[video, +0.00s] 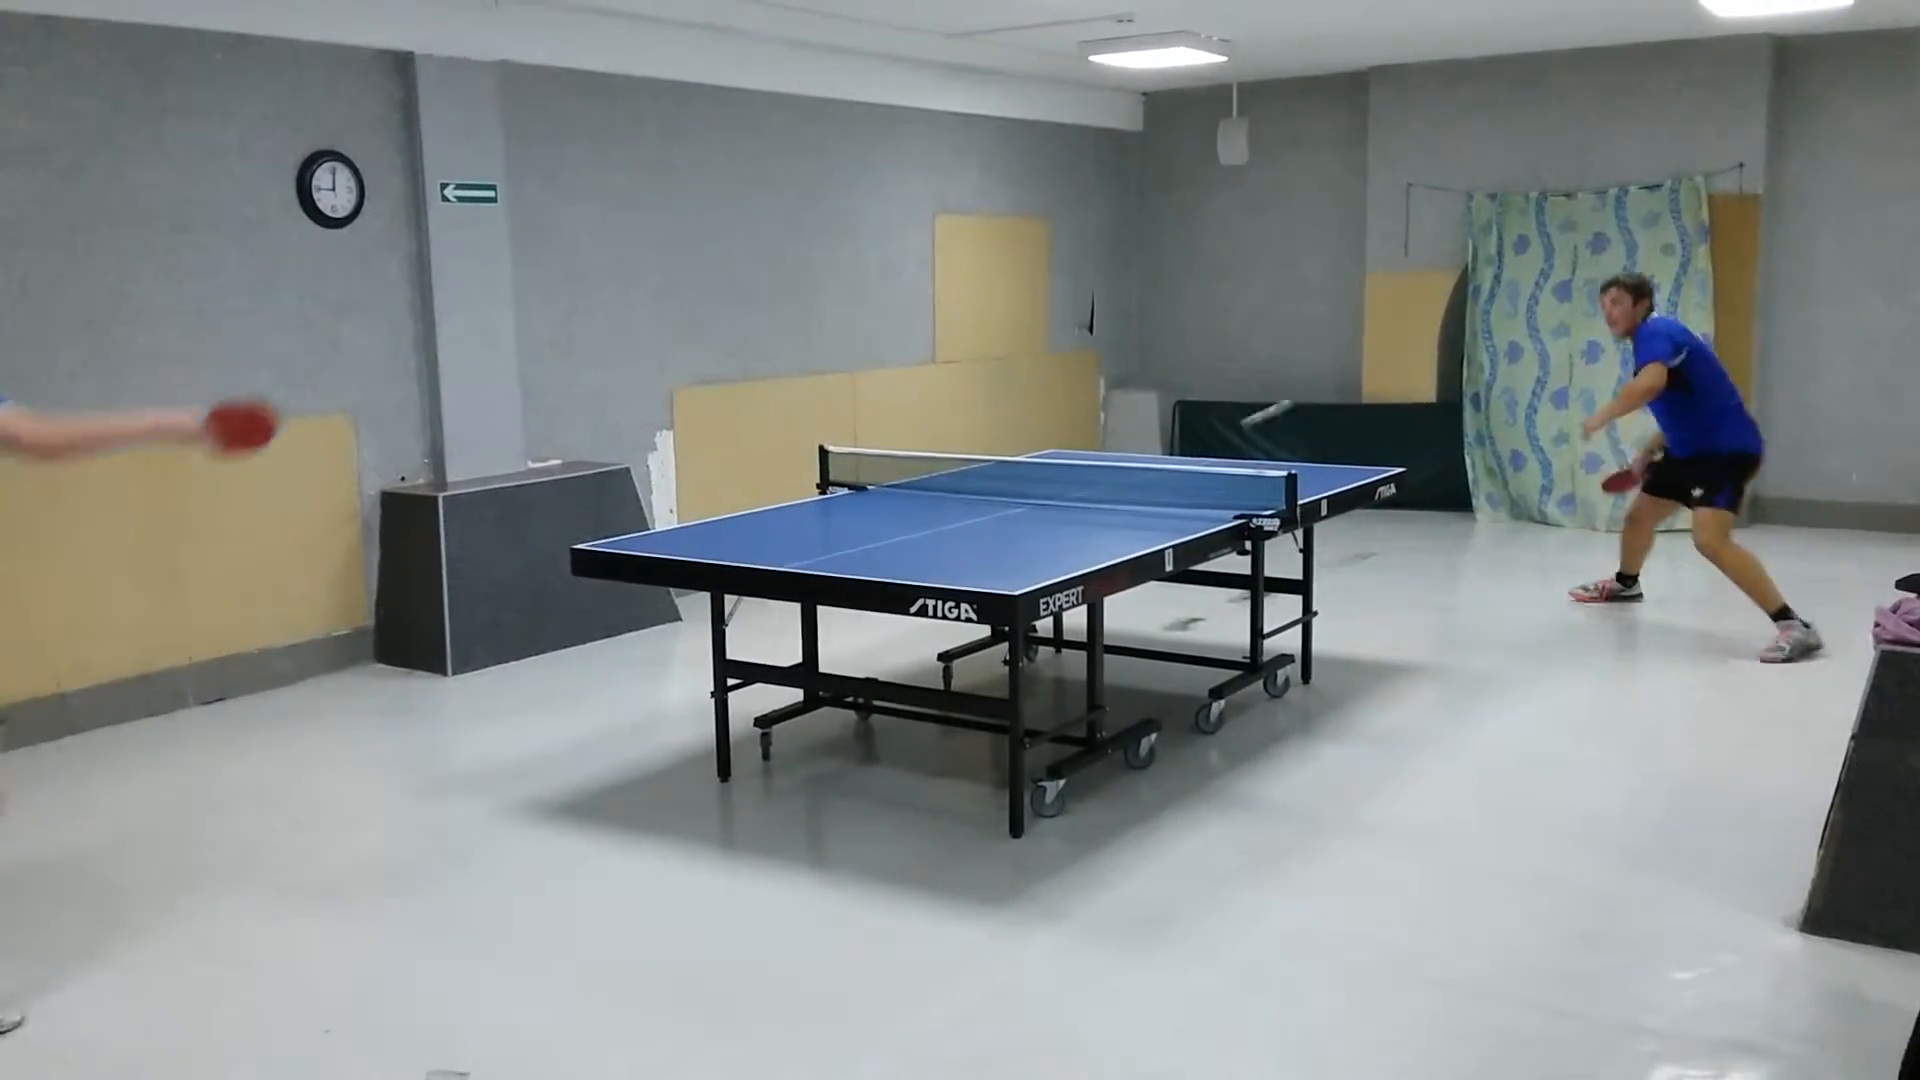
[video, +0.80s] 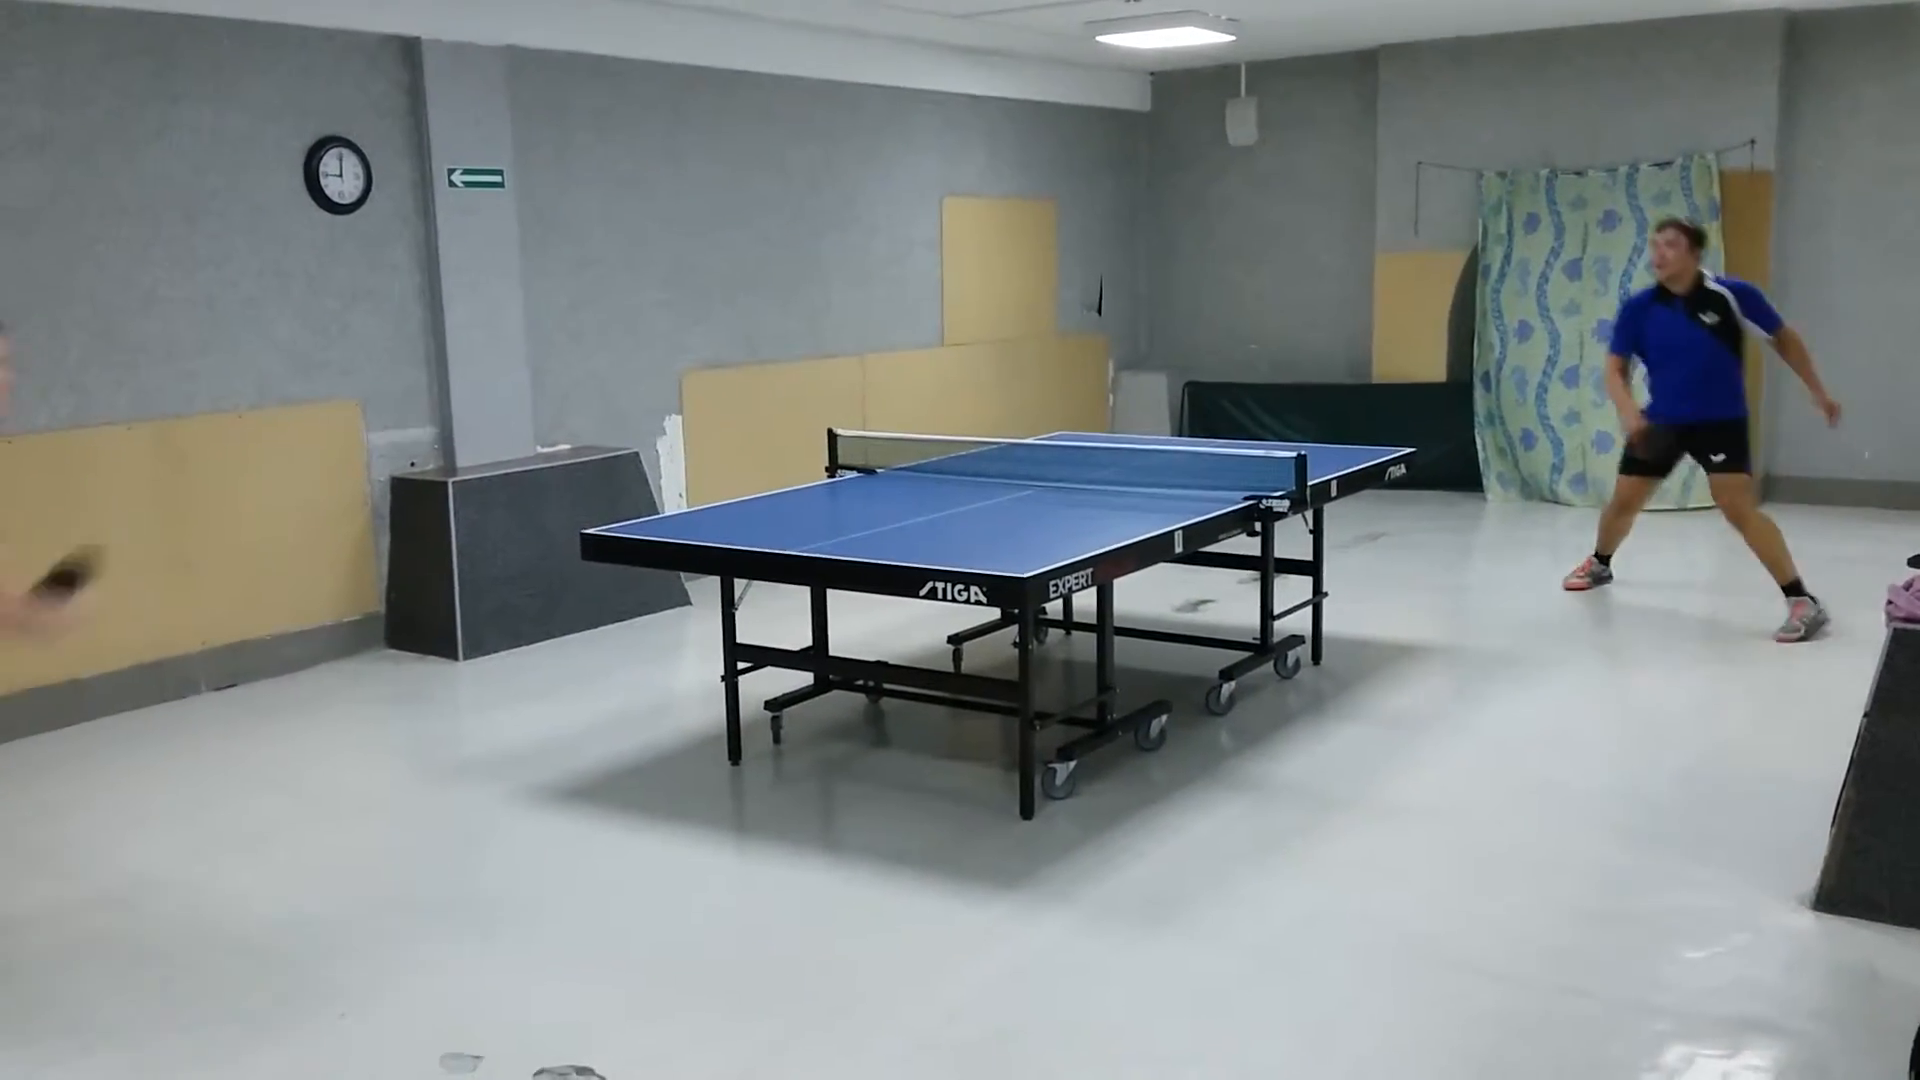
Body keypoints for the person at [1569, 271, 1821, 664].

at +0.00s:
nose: (1608, 312)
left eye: (1616, 303)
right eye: (1605, 305)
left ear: (1640, 305)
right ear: (1607, 310)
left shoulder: (1657, 331)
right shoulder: (1643, 345)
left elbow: (1651, 382)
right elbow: (1682, 413)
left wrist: (1603, 416)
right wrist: (1649, 452)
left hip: (1728, 449)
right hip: (1688, 450)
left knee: (1711, 540)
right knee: (1639, 516)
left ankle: (1793, 627)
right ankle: (1626, 584)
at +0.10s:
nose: (1624, 319)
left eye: (1632, 310)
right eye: (1623, 311)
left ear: (1659, 312)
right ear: (1655, 315)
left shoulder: (1678, 336)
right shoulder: (1671, 350)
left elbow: (1685, 386)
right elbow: (1685, 425)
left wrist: (1638, 424)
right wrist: (1623, 434)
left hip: (1745, 459)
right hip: (1704, 459)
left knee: (1716, 545)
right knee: (1668, 529)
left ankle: (1800, 629)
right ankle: (1634, 585)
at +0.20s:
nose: (1650, 309)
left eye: (1658, 300)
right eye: (1648, 301)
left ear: (1686, 301)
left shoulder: (1714, 328)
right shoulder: (1679, 359)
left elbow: (1760, 373)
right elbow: (1652, 412)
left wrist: (1709, 400)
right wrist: (1601, 389)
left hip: (1771, 457)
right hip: (1722, 456)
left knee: (1727, 535)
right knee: (1687, 523)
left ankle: (1805, 619)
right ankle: (1652, 580)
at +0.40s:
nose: (1680, 289)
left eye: (1690, 282)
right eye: (1677, 283)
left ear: (1720, 289)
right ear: (1675, 291)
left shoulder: (1762, 324)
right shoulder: (1678, 340)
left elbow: (1828, 362)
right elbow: (1656, 386)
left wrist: (1802, 407)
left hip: (1776, 436)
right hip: (1721, 439)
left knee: (1743, 515)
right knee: (1684, 515)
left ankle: (1805, 612)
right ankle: (1657, 573)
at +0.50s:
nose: (1690, 290)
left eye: (1702, 281)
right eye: (1686, 283)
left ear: (1729, 289)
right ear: (1683, 290)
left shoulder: (1774, 322)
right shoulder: (1678, 340)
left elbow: (1819, 363)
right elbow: (1695, 389)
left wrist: (1836, 415)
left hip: (1767, 437)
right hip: (1711, 435)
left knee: (1740, 513)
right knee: (1666, 518)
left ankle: (1806, 610)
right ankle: (1652, 570)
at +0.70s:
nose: (1684, 272)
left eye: (1695, 264)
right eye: (1681, 264)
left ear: (1722, 272)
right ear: (1677, 272)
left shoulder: (1762, 315)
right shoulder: (1662, 329)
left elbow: (1810, 359)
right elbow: (1658, 397)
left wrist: (1845, 412)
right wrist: (1698, 428)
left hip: (1745, 431)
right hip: (1686, 428)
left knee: (1734, 511)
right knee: (1638, 509)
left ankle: (1810, 606)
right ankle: (1607, 559)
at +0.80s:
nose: (1659, 254)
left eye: (1670, 246)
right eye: (1655, 246)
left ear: (1693, 253)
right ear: (1650, 253)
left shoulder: (1732, 296)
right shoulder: (1638, 308)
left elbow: (1782, 337)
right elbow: (1614, 370)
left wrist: (1818, 392)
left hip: (1720, 423)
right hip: (1660, 423)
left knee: (1739, 509)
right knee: (1623, 502)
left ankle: (1801, 601)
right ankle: (1599, 564)